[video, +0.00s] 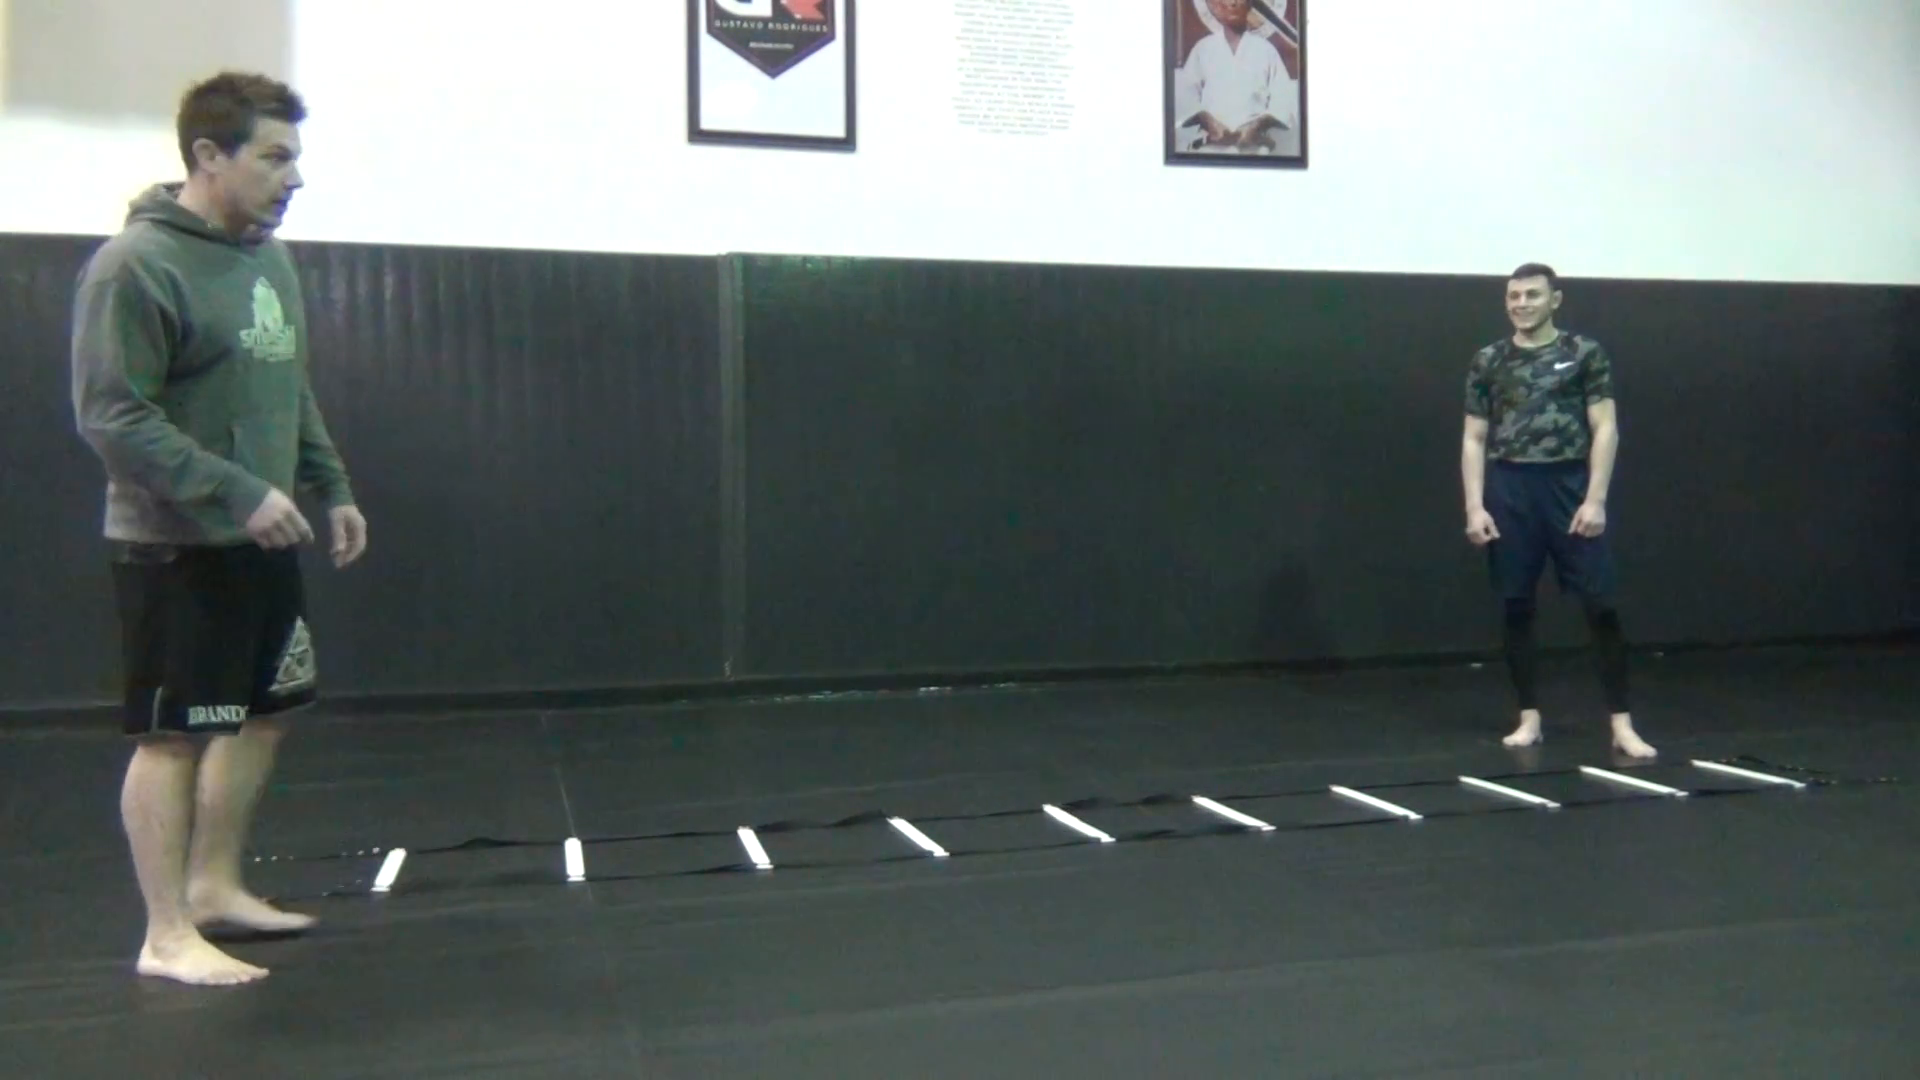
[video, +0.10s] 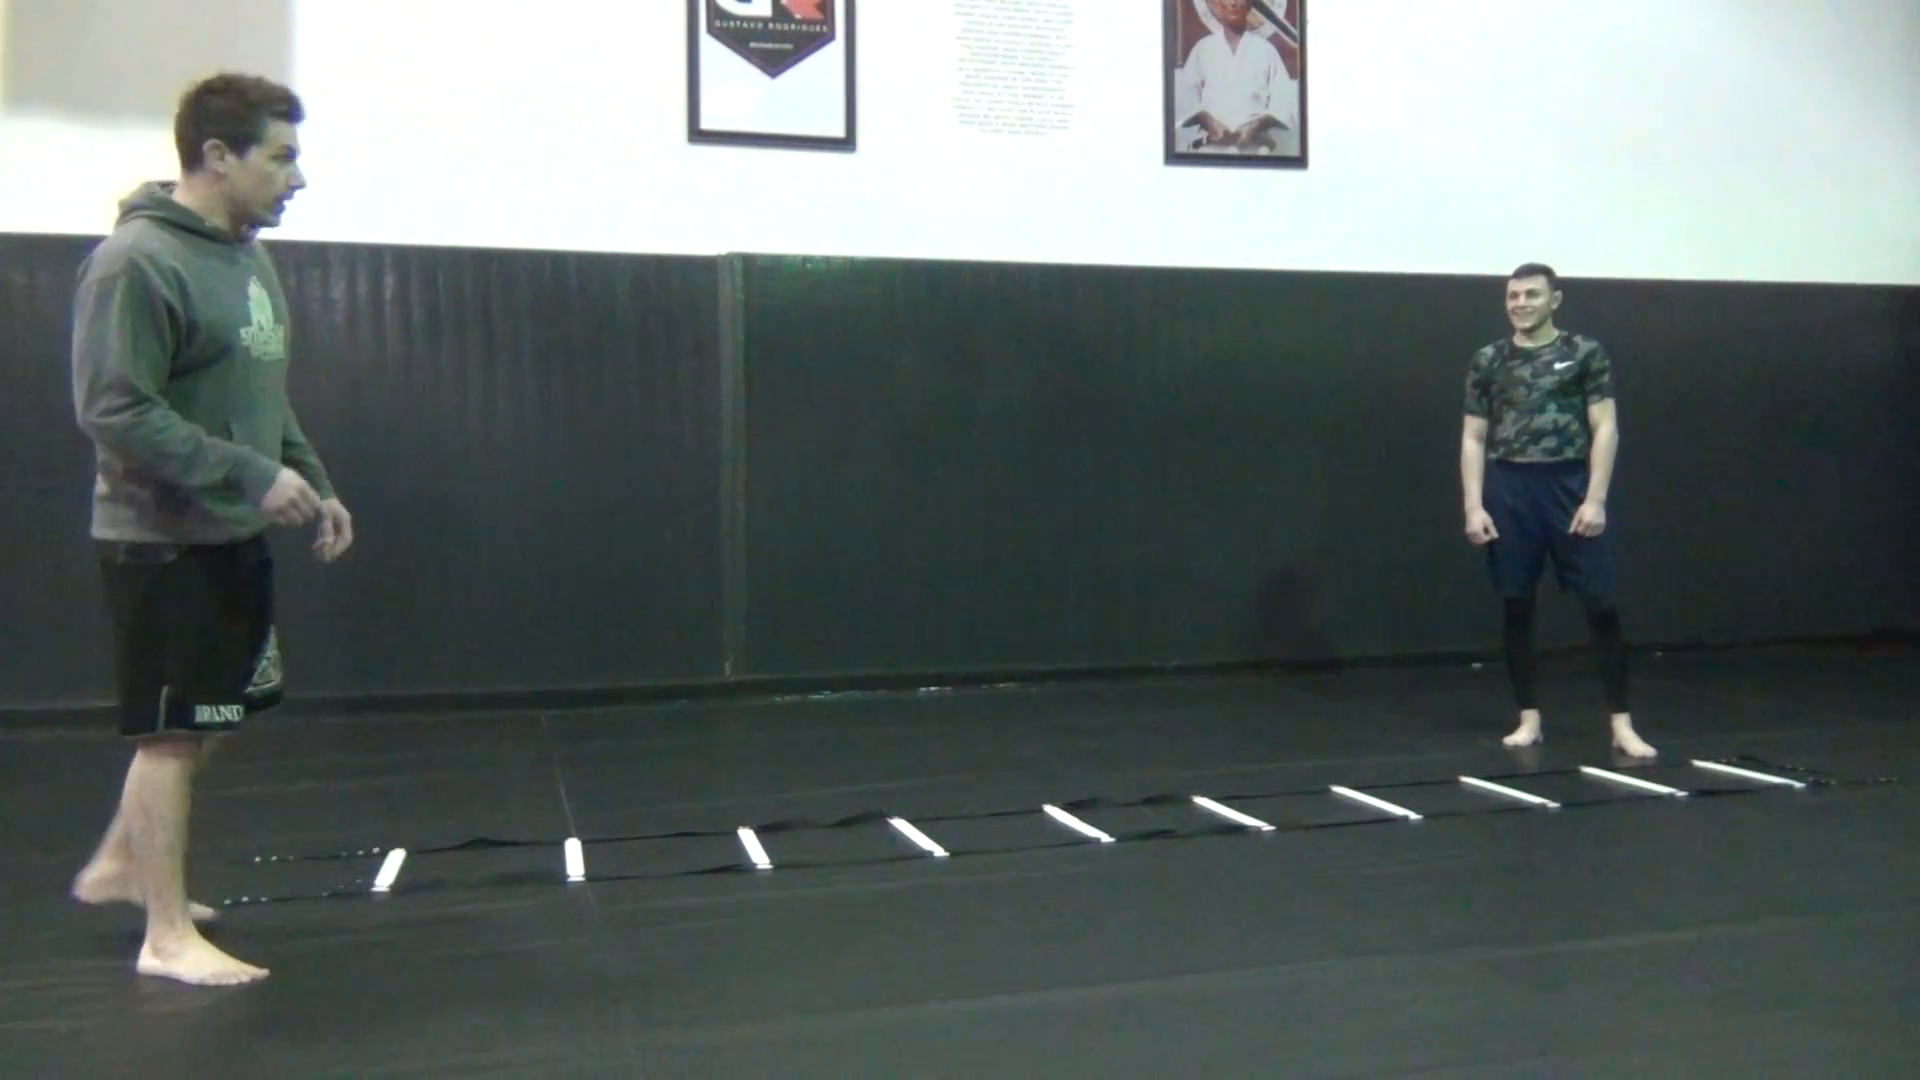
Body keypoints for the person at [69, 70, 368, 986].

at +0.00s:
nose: (292, 178)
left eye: (295, 160)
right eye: (276, 158)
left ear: (236, 161)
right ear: (208, 155)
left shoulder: (272, 260)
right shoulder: (131, 266)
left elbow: (291, 390)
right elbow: (111, 418)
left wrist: (333, 489)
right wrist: (241, 494)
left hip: (258, 537)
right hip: (169, 544)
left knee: (262, 707)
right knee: (171, 732)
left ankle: (216, 889)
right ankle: (166, 936)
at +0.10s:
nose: (295, 178)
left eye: (296, 159)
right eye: (282, 159)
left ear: (236, 162)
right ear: (216, 157)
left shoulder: (252, 262)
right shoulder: (134, 261)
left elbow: (261, 402)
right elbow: (114, 410)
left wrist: (315, 487)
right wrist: (253, 478)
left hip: (229, 532)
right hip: (162, 539)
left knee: (212, 708)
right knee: (174, 731)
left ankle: (117, 863)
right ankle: (169, 938)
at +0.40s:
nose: (268, 204)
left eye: (269, 186)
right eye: (257, 184)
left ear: (200, 182)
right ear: (197, 176)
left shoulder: (173, 265)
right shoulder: (141, 268)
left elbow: (183, 411)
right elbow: (152, 412)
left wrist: (215, 511)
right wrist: (300, 433)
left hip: (126, 530)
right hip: (134, 534)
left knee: (85, 711)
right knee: (181, 727)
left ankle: (27, 867)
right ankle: (172, 935)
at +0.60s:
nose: (234, 240)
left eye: (239, 223)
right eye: (227, 218)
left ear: (163, 207)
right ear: (171, 202)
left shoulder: (93, 268)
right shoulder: (127, 276)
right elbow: (159, 403)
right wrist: (298, 426)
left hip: (48, 530)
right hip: (100, 535)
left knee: (44, 717)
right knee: (153, 716)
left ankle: (16, 887)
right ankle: (170, 922)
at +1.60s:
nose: (296, 254)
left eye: (299, 239)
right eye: (287, 236)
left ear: (225, 230)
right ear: (234, 227)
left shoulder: (136, 288)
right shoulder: (213, 307)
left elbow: (136, 410)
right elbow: (236, 434)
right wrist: (340, 491)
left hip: (129, 521)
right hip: (190, 529)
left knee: (151, 672)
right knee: (199, 688)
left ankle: (118, 800)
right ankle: (169, 860)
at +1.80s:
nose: (311, 253)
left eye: (313, 238)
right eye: (300, 237)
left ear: (245, 237)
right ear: (246, 233)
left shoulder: (200, 298)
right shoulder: (218, 313)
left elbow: (214, 426)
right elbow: (228, 434)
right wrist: (330, 489)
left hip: (190, 524)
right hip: (205, 528)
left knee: (216, 672)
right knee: (209, 685)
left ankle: (227, 795)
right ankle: (166, 858)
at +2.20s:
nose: (355, 259)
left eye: (357, 245)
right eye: (345, 244)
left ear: (305, 247)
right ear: (297, 242)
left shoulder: (297, 312)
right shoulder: (263, 312)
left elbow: (295, 426)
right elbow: (251, 419)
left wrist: (332, 505)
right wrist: (345, 469)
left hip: (283, 515)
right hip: (258, 517)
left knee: (283, 658)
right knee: (314, 649)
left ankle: (283, 800)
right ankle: (197, 781)